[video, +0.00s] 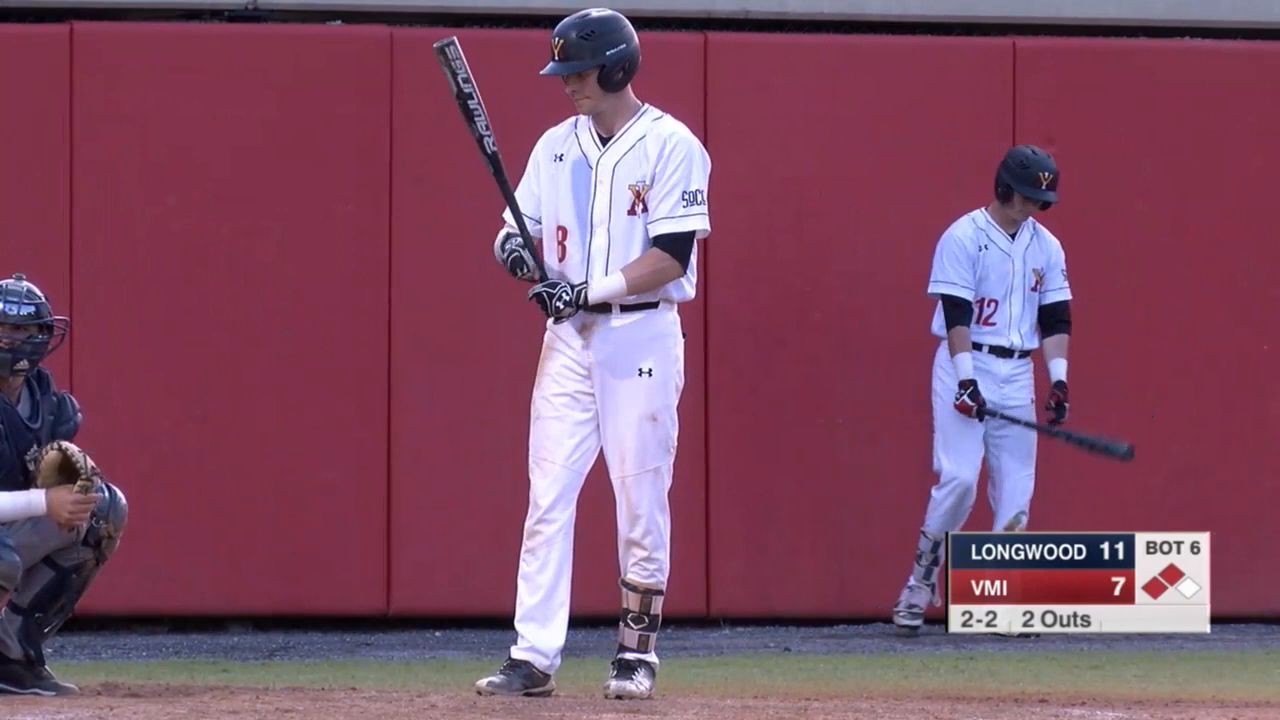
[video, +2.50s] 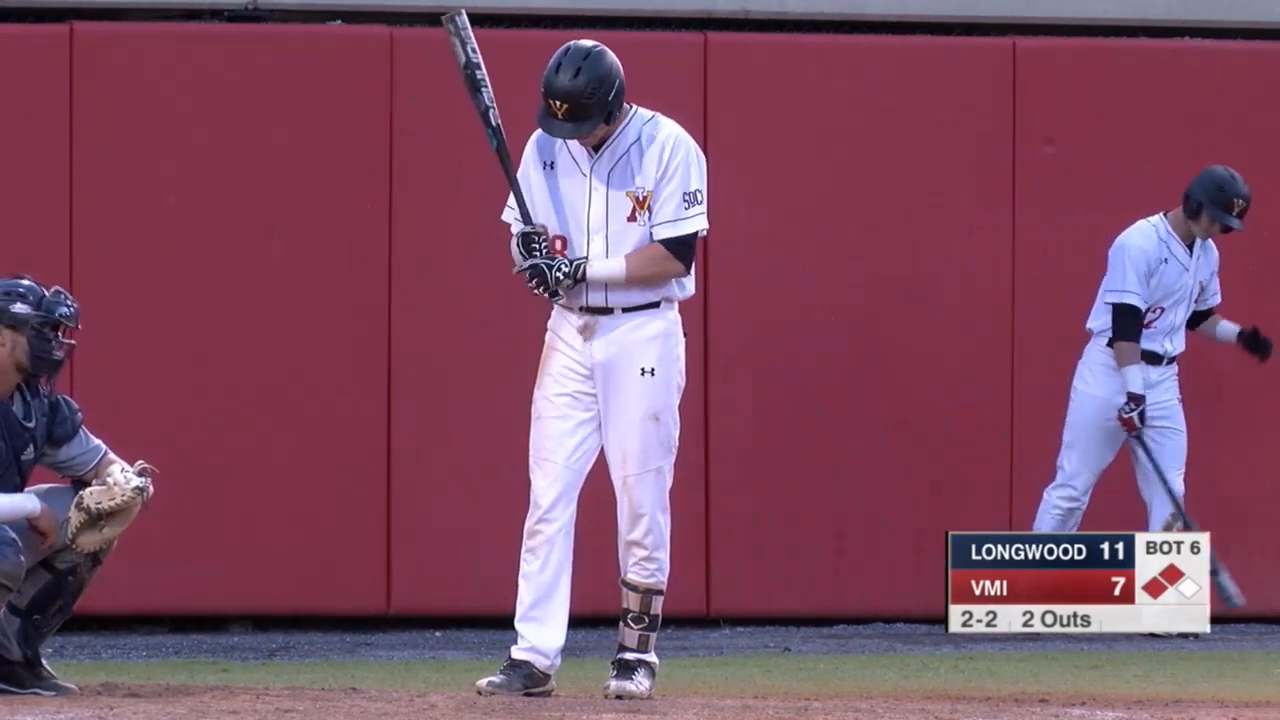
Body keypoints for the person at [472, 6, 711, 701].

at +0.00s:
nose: (565, 84)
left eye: (576, 73)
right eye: (563, 73)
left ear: (613, 70)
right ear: (575, 73)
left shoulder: (675, 146)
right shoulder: (555, 145)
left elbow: (671, 258)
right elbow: (513, 228)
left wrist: (591, 291)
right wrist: (515, 250)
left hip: (642, 338)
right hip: (566, 339)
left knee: (639, 495)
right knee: (548, 497)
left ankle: (636, 653)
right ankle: (534, 657)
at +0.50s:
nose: (572, 110)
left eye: (581, 99)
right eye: (567, 98)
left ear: (617, 87)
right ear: (566, 87)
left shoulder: (673, 144)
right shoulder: (553, 147)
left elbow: (689, 255)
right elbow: (528, 241)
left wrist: (622, 313)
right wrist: (523, 291)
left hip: (643, 345)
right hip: (565, 342)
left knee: (640, 500)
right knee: (548, 501)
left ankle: (635, 655)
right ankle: (533, 658)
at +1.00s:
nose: (573, 127)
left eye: (582, 115)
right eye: (563, 115)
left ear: (614, 98)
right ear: (553, 101)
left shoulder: (672, 149)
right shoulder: (544, 146)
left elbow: (724, 249)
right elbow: (524, 246)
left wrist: (777, 329)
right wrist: (497, 337)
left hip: (640, 341)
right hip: (563, 339)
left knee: (638, 490)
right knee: (546, 496)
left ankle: (635, 652)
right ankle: (533, 656)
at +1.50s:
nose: (566, 131)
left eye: (574, 119)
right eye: (557, 119)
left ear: (606, 101)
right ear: (549, 104)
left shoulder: (671, 149)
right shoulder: (544, 146)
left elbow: (714, 255)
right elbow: (529, 251)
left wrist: (756, 340)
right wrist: (507, 341)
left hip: (643, 339)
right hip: (565, 336)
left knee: (639, 491)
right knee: (547, 496)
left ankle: (635, 654)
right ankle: (531, 657)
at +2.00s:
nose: (571, 132)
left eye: (579, 121)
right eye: (564, 122)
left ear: (613, 103)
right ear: (558, 106)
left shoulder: (672, 146)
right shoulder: (551, 146)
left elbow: (675, 258)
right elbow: (537, 241)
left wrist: (595, 302)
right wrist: (529, 285)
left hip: (644, 343)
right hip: (569, 341)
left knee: (640, 497)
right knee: (549, 499)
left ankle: (636, 654)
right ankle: (533, 657)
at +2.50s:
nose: (572, 136)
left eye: (583, 126)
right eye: (564, 125)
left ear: (615, 107)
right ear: (554, 107)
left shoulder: (669, 146)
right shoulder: (544, 144)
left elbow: (675, 257)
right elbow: (520, 225)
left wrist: (582, 272)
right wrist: (533, 256)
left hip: (644, 336)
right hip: (570, 334)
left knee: (639, 490)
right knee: (548, 494)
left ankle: (635, 653)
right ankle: (533, 657)